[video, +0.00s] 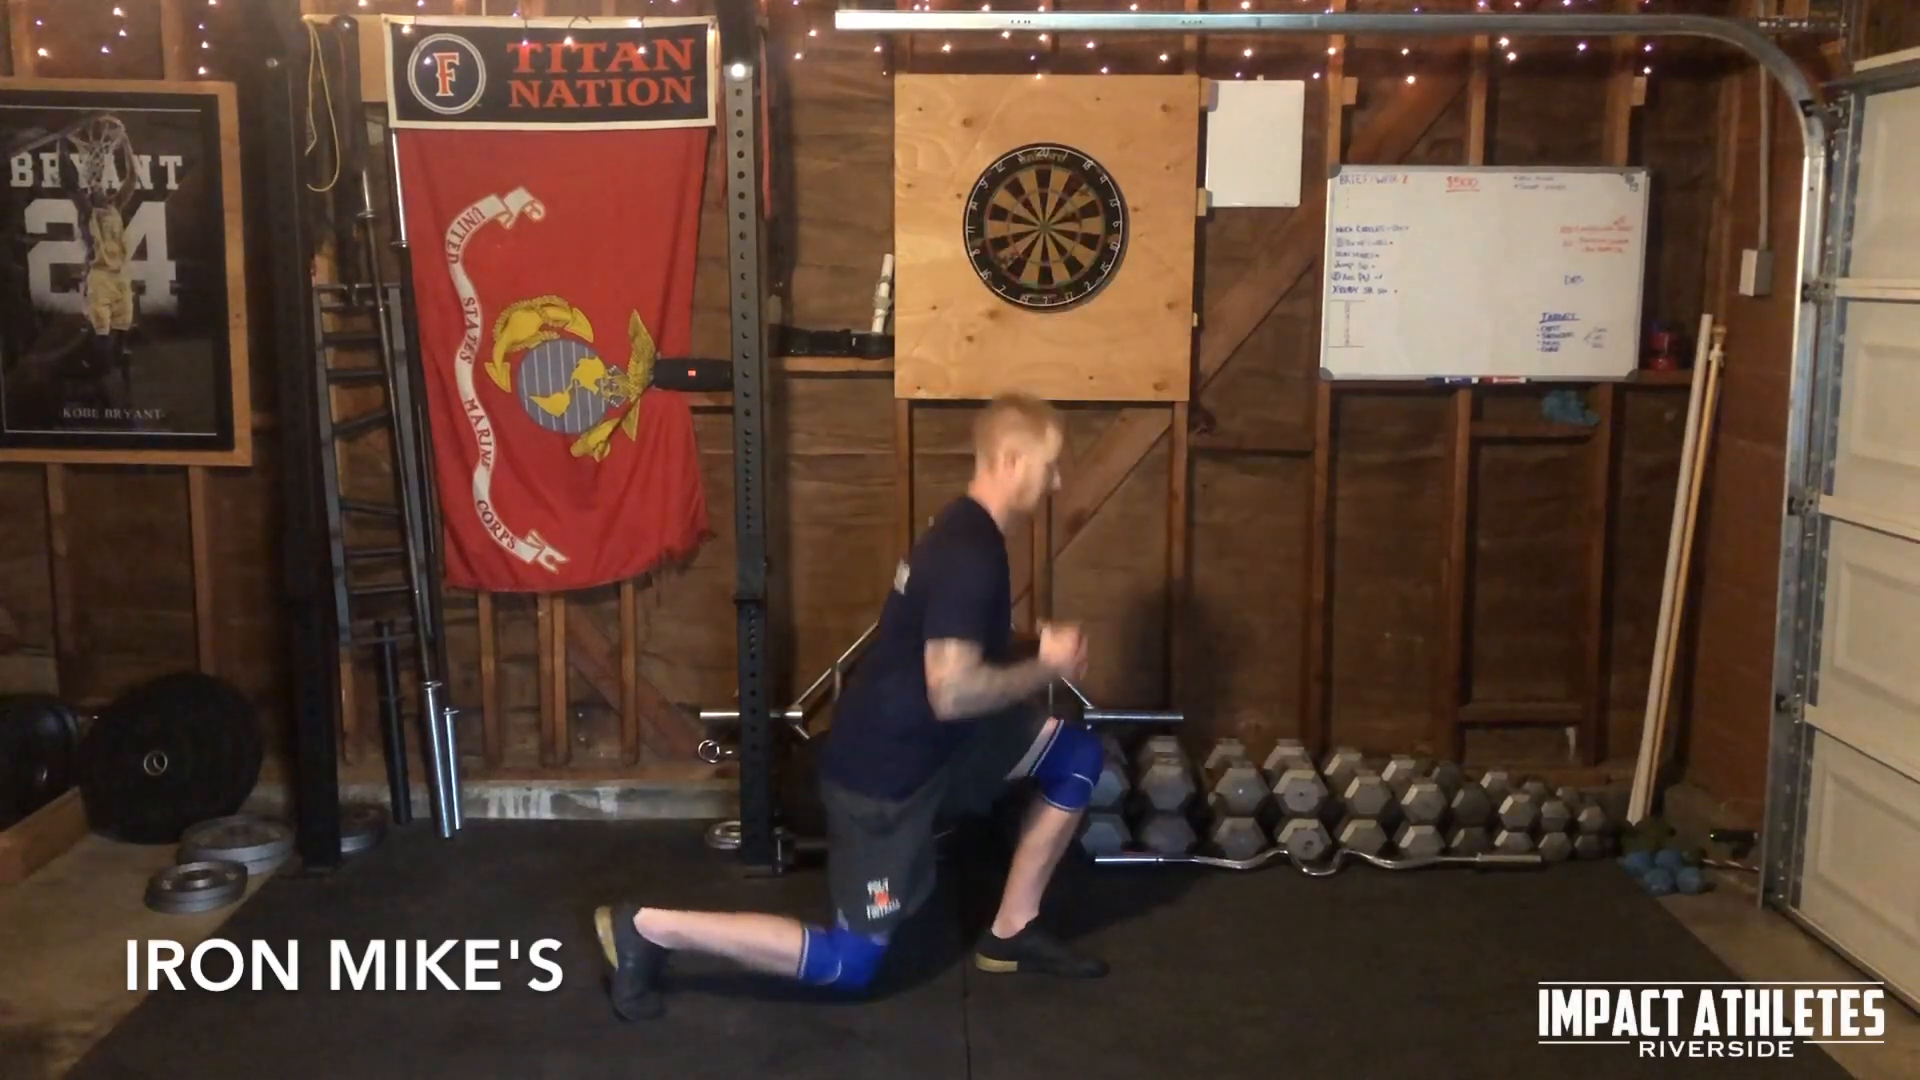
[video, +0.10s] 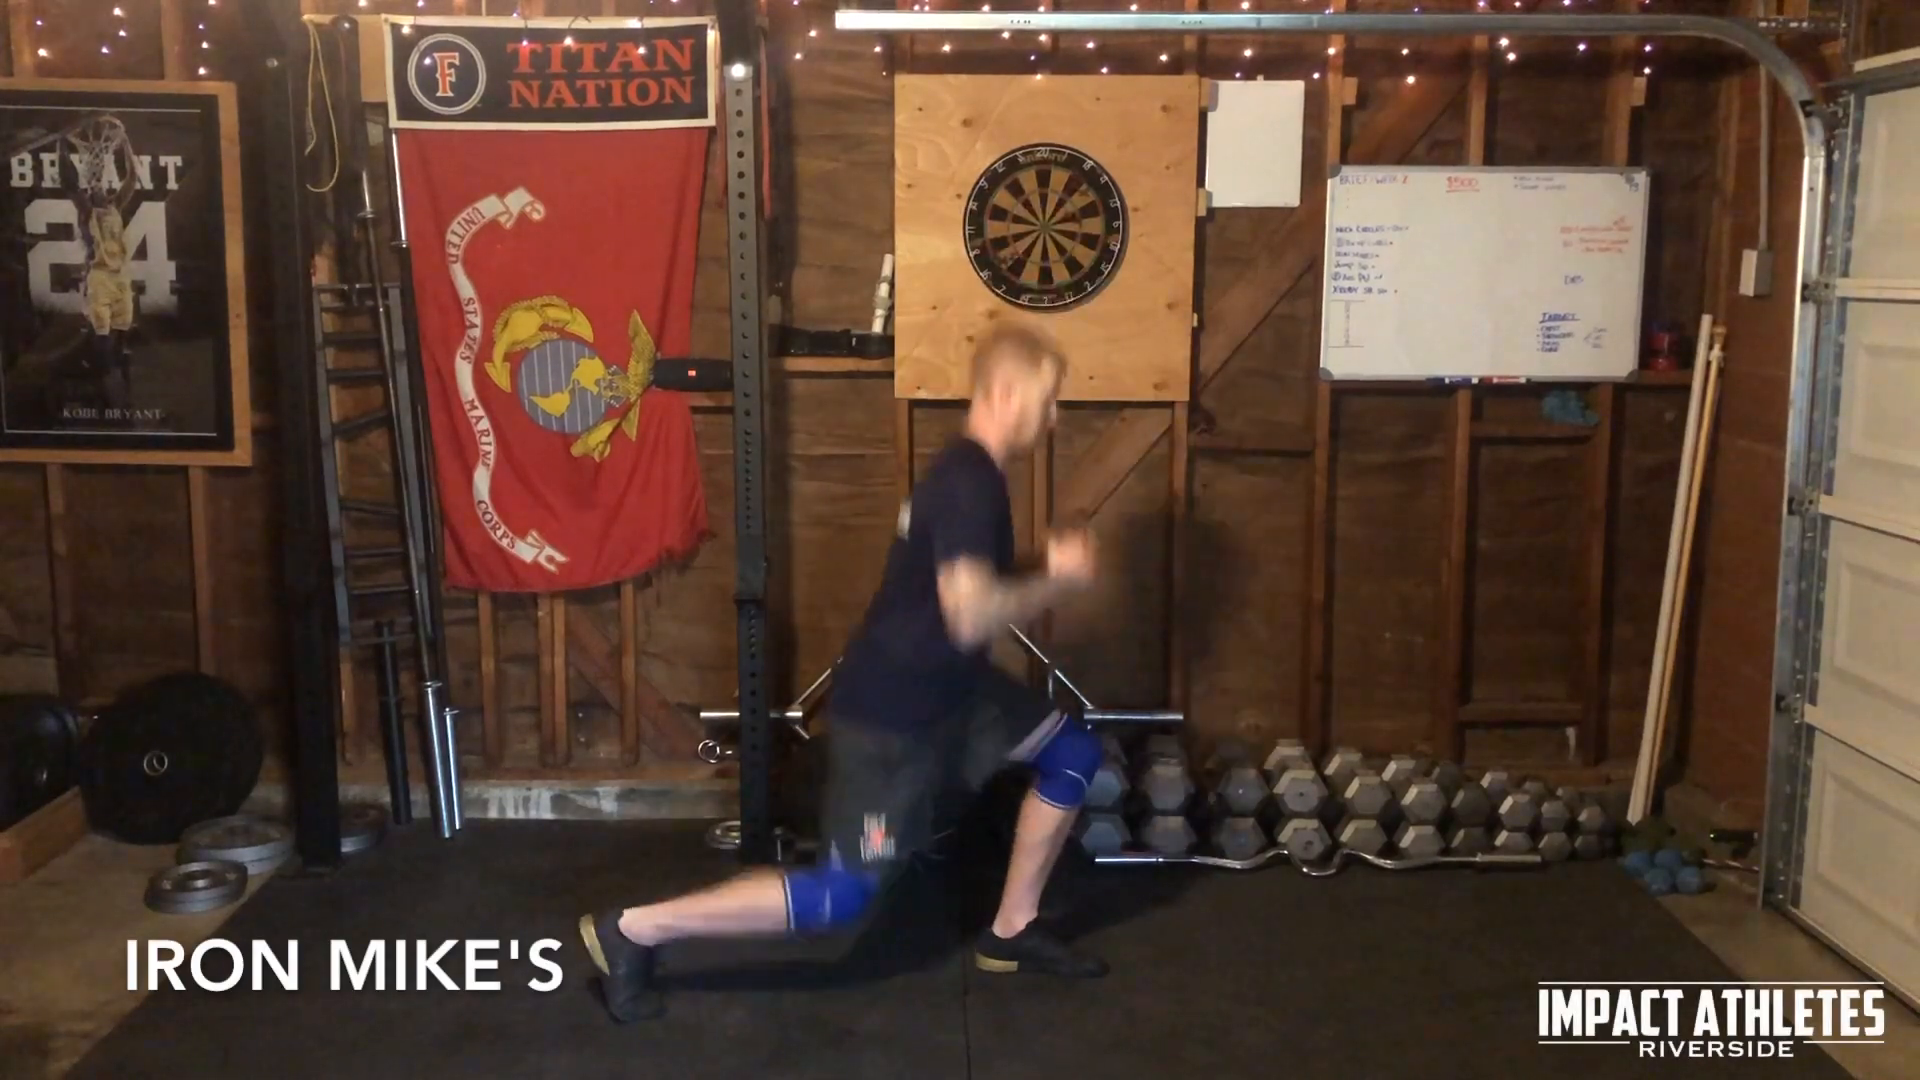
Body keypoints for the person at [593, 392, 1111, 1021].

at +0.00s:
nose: (1054, 480)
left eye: (1056, 466)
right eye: (1049, 464)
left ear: (1002, 458)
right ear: (1010, 460)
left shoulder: (979, 533)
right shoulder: (967, 545)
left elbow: (973, 648)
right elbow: (950, 692)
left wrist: (1037, 648)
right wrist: (1047, 666)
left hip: (939, 745)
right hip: (882, 771)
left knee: (1077, 756)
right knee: (851, 959)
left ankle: (1011, 932)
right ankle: (642, 928)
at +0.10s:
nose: (1052, 417)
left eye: (1054, 401)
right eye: (1048, 400)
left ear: (993, 394)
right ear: (1006, 395)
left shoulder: (981, 474)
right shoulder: (965, 477)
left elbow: (970, 599)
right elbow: (970, 617)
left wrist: (1038, 584)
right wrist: (1057, 579)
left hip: (950, 689)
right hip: (887, 704)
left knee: (1071, 755)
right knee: (839, 896)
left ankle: (1012, 930)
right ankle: (628, 930)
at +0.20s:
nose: (1061, 327)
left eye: (1064, 309)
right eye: (1057, 307)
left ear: (1012, 298)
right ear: (1016, 296)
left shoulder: (988, 382)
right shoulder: (969, 380)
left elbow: (979, 498)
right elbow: (969, 508)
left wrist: (1055, 484)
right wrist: (1060, 488)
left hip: (950, 613)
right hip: (894, 615)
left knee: (1020, 739)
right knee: (862, 803)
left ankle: (1008, 926)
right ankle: (674, 902)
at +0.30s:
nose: (1072, 265)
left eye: (1076, 249)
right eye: (1069, 246)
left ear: (1011, 234)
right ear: (1024, 233)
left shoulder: (990, 315)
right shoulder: (974, 310)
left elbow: (973, 412)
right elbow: (957, 433)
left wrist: (1033, 408)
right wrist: (1041, 433)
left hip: (928, 544)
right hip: (899, 545)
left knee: (966, 718)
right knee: (940, 735)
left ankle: (889, 891)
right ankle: (776, 871)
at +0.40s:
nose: (1073, 255)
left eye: (1079, 240)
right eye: (1071, 234)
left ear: (1016, 223)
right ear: (1025, 219)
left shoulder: (994, 300)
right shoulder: (974, 292)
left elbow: (963, 413)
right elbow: (939, 411)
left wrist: (1033, 413)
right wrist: (1035, 416)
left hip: (901, 532)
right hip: (907, 537)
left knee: (914, 712)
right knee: (986, 712)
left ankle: (756, 832)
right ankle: (912, 911)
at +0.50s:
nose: (1072, 288)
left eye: (1078, 271)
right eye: (1070, 268)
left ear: (1018, 255)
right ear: (1025, 253)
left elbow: (962, 439)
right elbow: (927, 440)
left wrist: (1031, 442)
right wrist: (1027, 445)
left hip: (903, 564)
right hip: (910, 568)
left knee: (852, 741)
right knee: (1020, 737)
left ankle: (679, 839)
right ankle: (1029, 959)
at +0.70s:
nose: (1073, 447)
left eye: (1077, 434)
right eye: (1070, 431)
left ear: (1019, 419)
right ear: (1031, 422)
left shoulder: (980, 489)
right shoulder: (988, 495)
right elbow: (946, 606)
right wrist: (1038, 613)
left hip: (877, 719)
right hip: (916, 720)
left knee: (842, 893)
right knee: (1097, 775)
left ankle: (640, 900)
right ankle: (1049, 978)